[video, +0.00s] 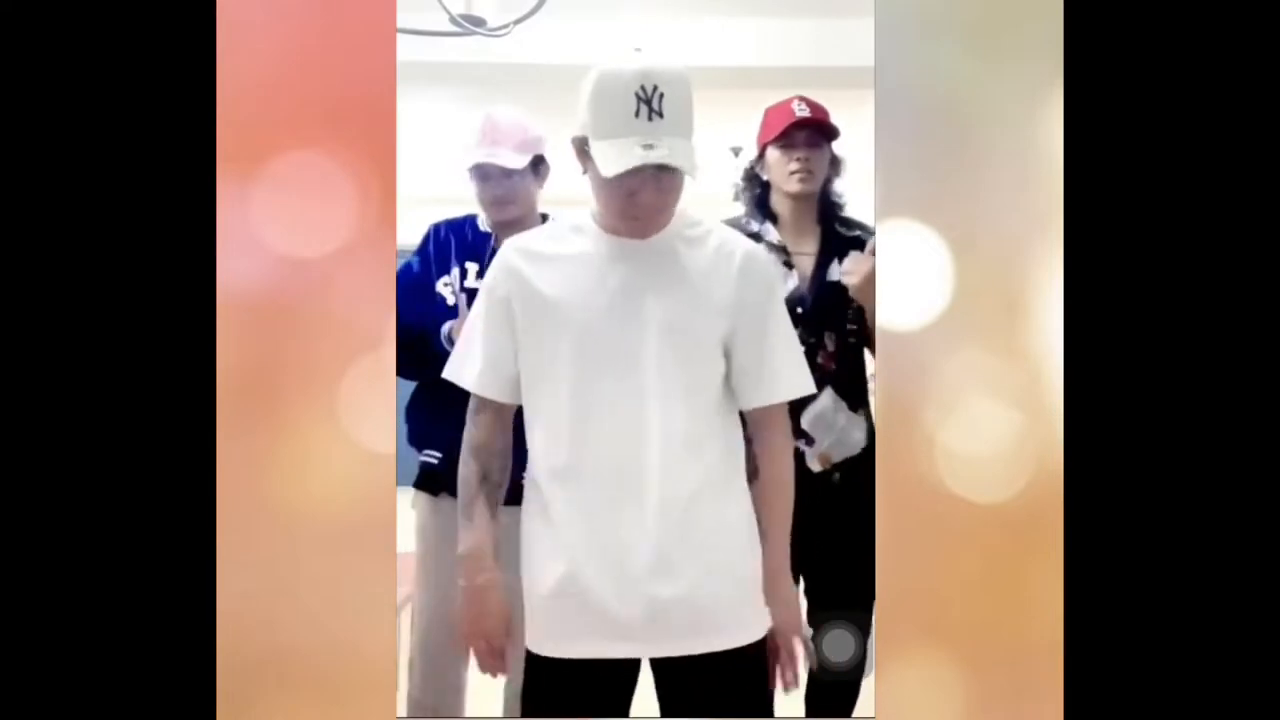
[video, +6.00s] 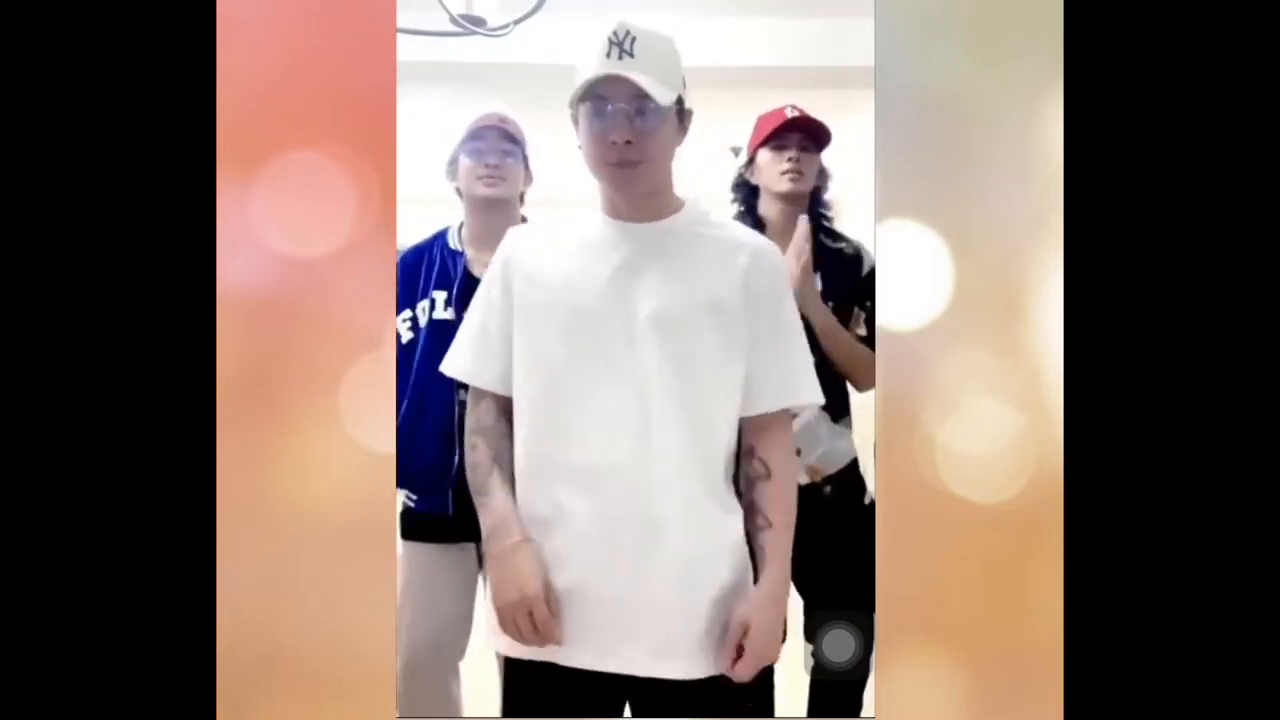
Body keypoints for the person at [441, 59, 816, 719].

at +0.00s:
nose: (645, 192)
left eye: (664, 170)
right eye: (625, 170)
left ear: (689, 159)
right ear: (583, 155)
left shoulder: (741, 269)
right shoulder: (524, 268)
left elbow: (772, 440)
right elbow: (487, 433)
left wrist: (781, 590)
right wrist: (479, 573)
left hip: (714, 604)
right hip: (573, 607)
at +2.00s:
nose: (647, 157)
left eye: (667, 137)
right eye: (628, 137)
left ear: (697, 150)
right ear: (602, 151)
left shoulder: (755, 248)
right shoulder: (572, 255)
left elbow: (791, 383)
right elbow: (527, 384)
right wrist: (551, 358)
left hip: (714, 568)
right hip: (583, 563)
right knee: (549, 717)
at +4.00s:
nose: (662, 148)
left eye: (682, 128)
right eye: (644, 125)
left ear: (704, 142)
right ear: (609, 135)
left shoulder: (745, 249)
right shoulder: (565, 239)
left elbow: (791, 345)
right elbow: (513, 330)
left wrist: (802, 214)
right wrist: (550, 216)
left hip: (730, 574)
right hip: (598, 573)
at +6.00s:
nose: (620, 129)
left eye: (643, 109)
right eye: (600, 108)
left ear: (682, 125)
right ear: (575, 124)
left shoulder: (748, 264)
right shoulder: (526, 256)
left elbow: (771, 440)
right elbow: (486, 417)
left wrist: (774, 584)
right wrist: (503, 541)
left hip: (705, 639)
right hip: (555, 632)